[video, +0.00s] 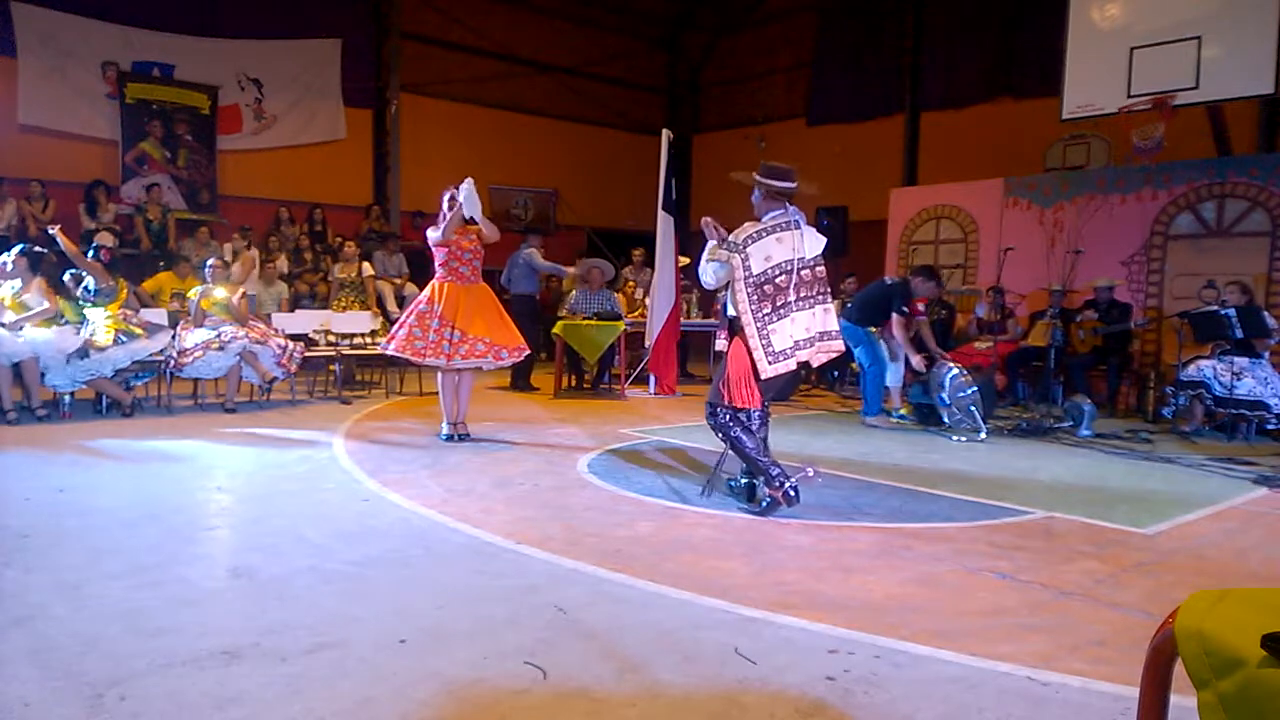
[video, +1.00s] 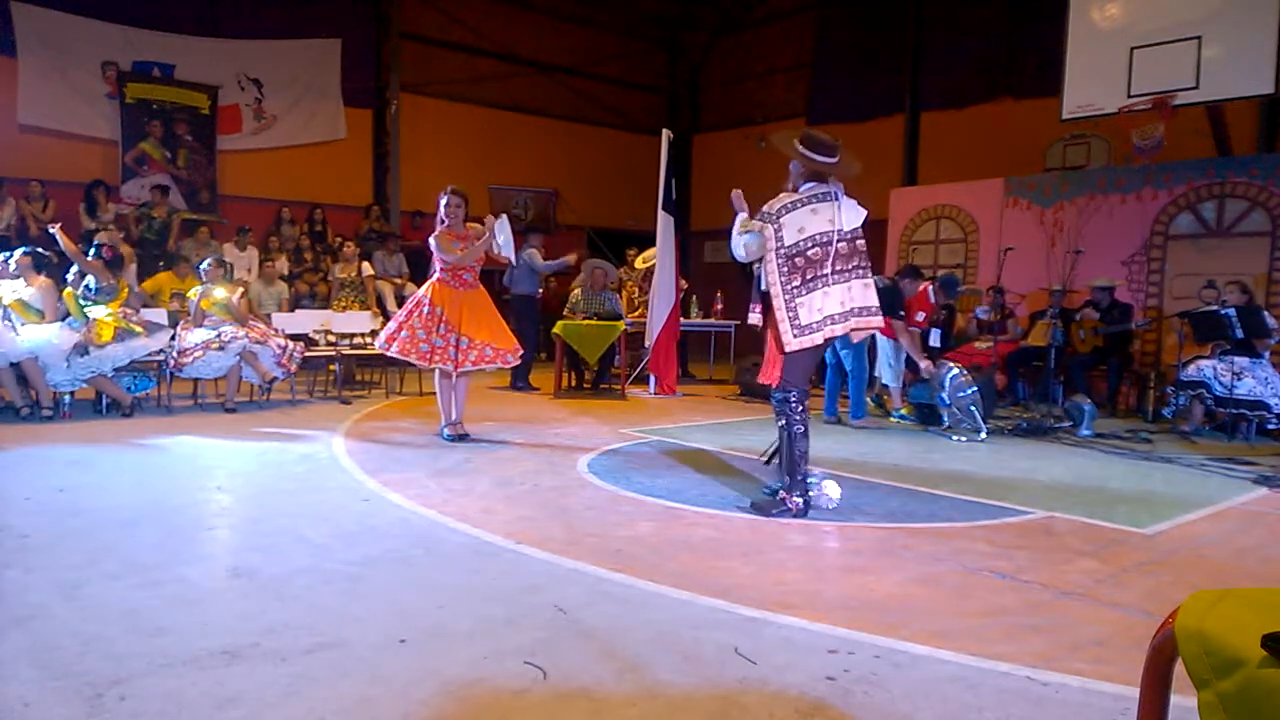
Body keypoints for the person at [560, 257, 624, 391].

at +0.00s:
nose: (594, 278)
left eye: (597, 275)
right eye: (592, 274)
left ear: (603, 278)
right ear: (587, 277)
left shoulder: (610, 295)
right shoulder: (576, 294)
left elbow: (618, 314)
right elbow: (564, 312)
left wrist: (601, 317)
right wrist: (575, 317)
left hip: (601, 332)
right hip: (580, 331)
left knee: (609, 349)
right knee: (570, 347)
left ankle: (597, 381)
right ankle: (579, 377)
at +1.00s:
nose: (600, 278)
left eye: (602, 275)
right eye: (598, 274)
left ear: (606, 278)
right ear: (591, 277)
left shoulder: (612, 296)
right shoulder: (577, 293)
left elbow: (620, 316)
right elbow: (565, 313)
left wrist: (599, 317)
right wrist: (576, 317)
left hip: (603, 332)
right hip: (581, 331)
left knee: (610, 349)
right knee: (570, 346)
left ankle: (597, 380)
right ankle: (579, 378)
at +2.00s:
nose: (590, 276)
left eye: (594, 273)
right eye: (591, 273)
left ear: (602, 277)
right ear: (588, 275)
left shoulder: (613, 295)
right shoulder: (579, 293)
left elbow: (619, 312)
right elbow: (563, 309)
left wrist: (598, 314)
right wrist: (575, 318)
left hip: (603, 333)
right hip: (581, 331)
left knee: (610, 349)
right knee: (569, 345)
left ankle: (597, 380)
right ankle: (578, 377)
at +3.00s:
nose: (583, 280)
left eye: (587, 276)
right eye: (581, 276)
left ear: (595, 279)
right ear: (578, 279)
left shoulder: (606, 294)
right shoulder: (576, 295)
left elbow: (617, 312)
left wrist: (601, 303)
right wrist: (562, 301)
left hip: (601, 331)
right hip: (580, 331)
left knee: (610, 349)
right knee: (571, 346)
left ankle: (597, 380)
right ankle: (579, 378)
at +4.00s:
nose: (590, 280)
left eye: (593, 276)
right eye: (589, 276)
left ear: (603, 279)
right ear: (587, 278)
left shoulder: (612, 297)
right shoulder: (579, 295)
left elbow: (621, 314)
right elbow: (563, 309)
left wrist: (601, 314)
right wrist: (574, 305)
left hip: (603, 332)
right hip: (581, 331)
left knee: (610, 349)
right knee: (571, 345)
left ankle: (597, 381)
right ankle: (579, 379)